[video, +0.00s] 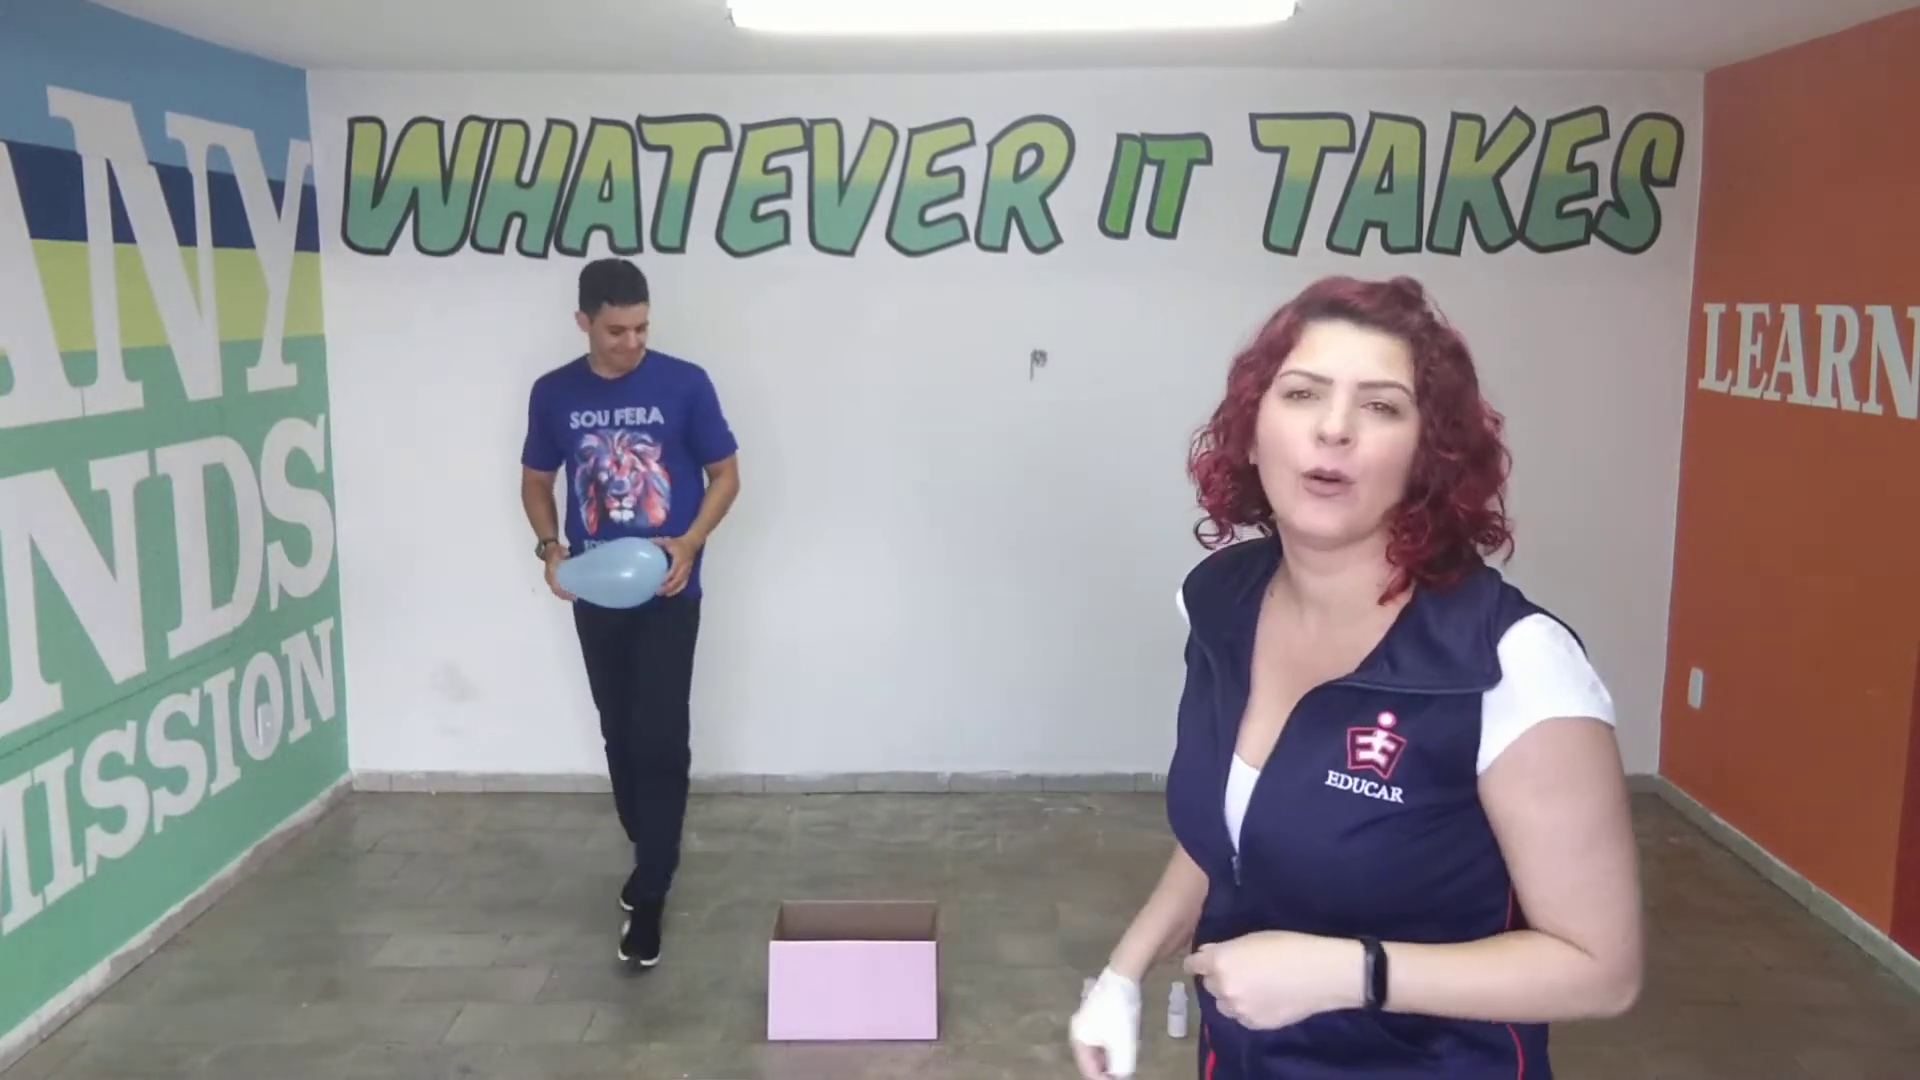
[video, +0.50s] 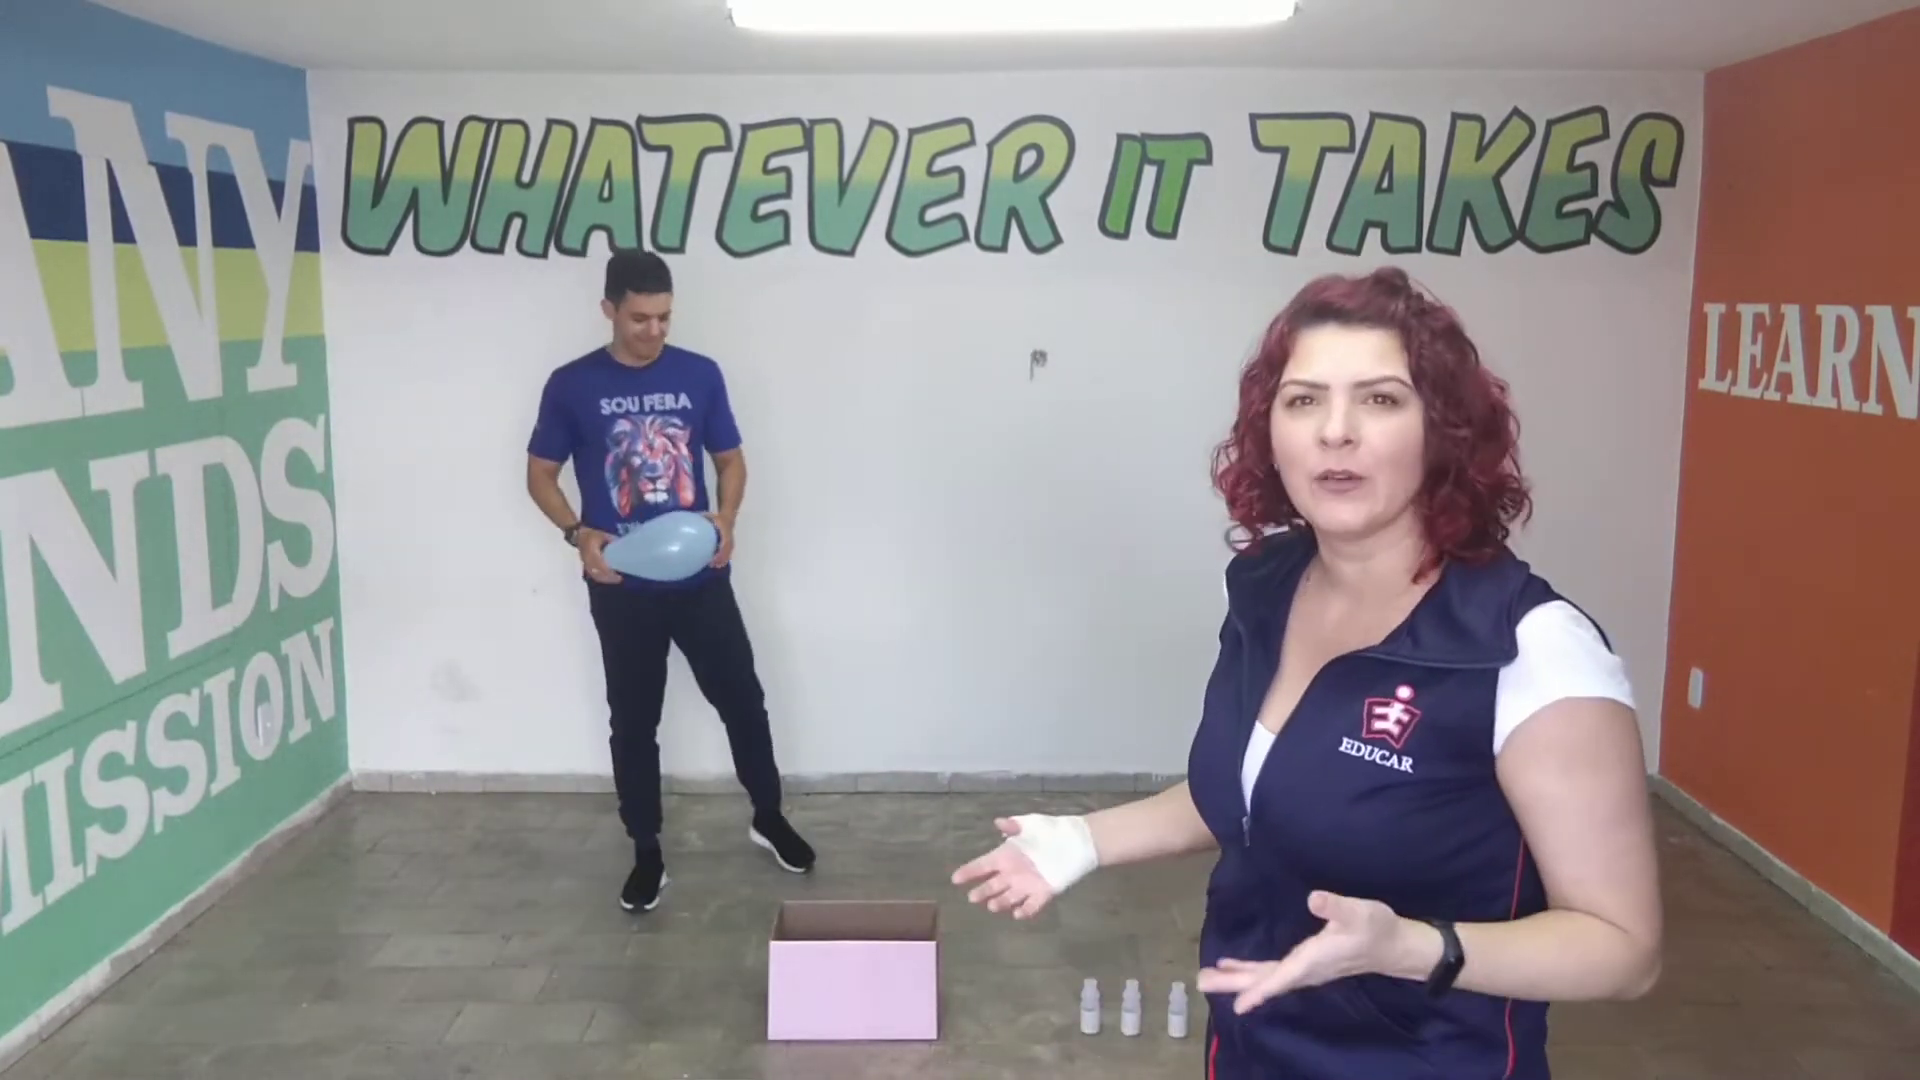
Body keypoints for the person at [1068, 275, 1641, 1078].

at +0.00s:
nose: (1333, 430)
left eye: (1380, 407)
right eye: (1304, 393)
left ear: (1429, 450)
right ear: (1253, 421)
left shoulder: (1516, 665)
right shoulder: (1223, 598)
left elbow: (1601, 967)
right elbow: (1222, 821)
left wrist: (1349, 973)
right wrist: (1126, 968)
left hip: (1434, 1060)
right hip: (1237, 1051)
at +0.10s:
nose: (1357, 426)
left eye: (1401, 402)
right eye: (1324, 390)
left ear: (1442, 444)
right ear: (1267, 419)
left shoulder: (1521, 658)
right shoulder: (1231, 595)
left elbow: (1614, 949)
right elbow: (1246, 808)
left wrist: (1388, 1017)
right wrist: (1129, 926)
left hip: (1440, 1063)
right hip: (1246, 1054)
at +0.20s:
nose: (1343, 424)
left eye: (1388, 396)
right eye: (1311, 391)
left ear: (1438, 437)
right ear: (1265, 423)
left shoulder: (1525, 657)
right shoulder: (1245, 590)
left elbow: (1625, 945)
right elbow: (1239, 798)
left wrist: (1436, 1021)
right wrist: (1106, 885)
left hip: (1440, 1067)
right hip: (1250, 1054)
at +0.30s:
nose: (1331, 430)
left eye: (1376, 398)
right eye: (1300, 396)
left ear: (1439, 433)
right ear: (1265, 426)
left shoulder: (1531, 652)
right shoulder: (1258, 587)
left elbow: (1639, 938)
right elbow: (1241, 791)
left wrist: (1445, 973)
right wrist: (1080, 863)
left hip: (1436, 1060)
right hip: (1252, 1048)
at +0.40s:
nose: (1341, 433)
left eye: (1384, 400)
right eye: (1310, 399)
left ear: (1445, 431)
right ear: (1271, 427)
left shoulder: (1534, 643)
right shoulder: (1262, 583)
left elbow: (1633, 943)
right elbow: (1239, 791)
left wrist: (1433, 956)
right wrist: (1067, 850)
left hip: (1438, 1059)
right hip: (1254, 1043)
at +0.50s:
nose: (1336, 434)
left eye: (1380, 399)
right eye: (1305, 400)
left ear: (1442, 430)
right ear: (1269, 428)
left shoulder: (1534, 646)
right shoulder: (1264, 586)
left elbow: (1623, 948)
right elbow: (1250, 787)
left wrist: (1408, 946)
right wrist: (1082, 838)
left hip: (1433, 1058)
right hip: (1250, 1044)